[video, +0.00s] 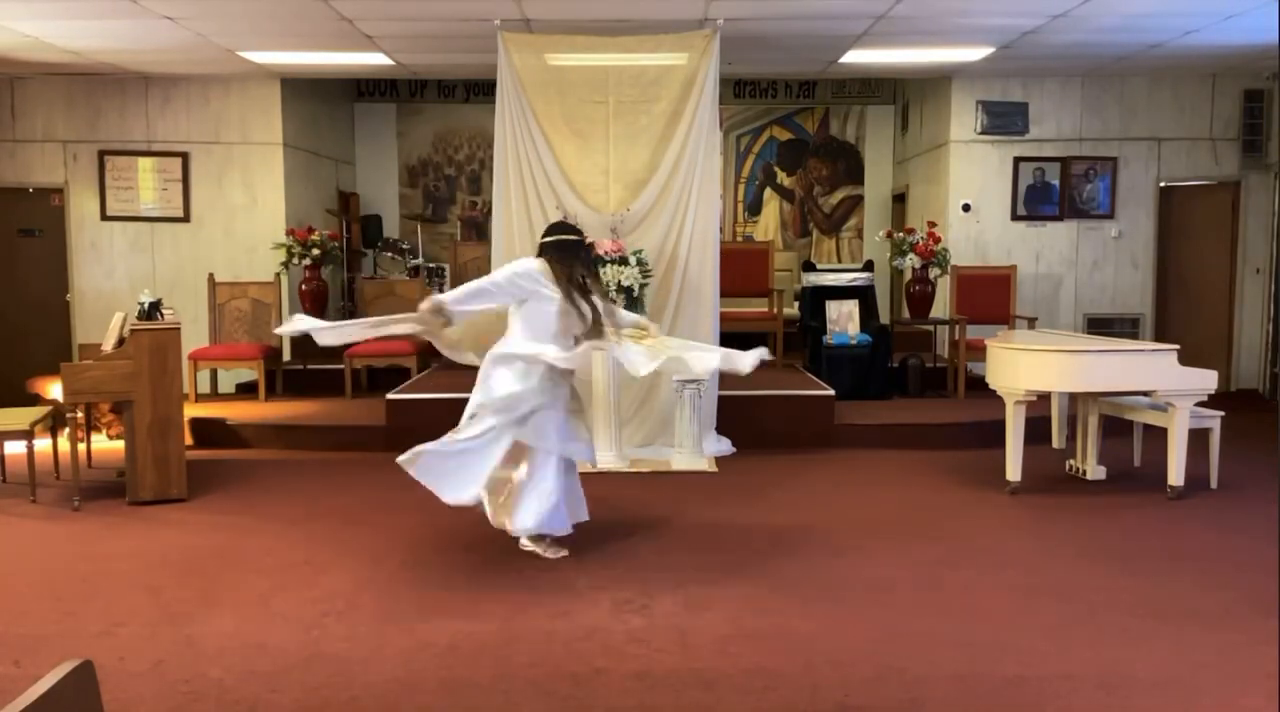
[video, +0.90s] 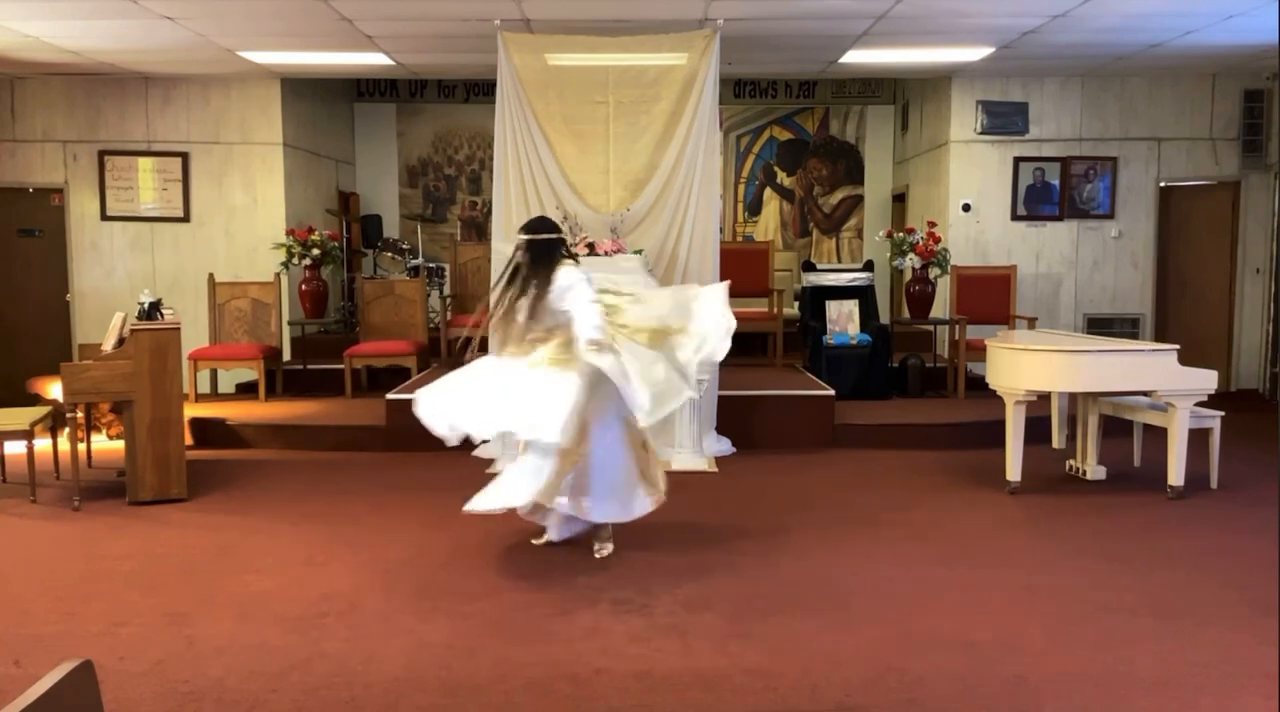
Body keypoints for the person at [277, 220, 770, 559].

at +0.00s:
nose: (586, 263)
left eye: (585, 255)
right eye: (579, 255)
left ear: (564, 256)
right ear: (562, 254)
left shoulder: (580, 294)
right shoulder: (532, 272)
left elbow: (615, 321)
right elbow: (486, 290)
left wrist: (641, 331)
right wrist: (442, 303)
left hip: (553, 378)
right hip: (517, 369)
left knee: (550, 449)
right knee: (511, 437)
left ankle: (532, 527)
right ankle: (495, 488)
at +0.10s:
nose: (586, 250)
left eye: (583, 245)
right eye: (580, 243)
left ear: (557, 248)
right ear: (564, 245)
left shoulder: (571, 285)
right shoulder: (542, 272)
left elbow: (577, 333)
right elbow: (503, 299)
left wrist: (598, 338)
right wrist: (480, 312)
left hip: (551, 376)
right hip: (521, 371)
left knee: (548, 448)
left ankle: (528, 521)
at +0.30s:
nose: (568, 249)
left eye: (562, 243)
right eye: (565, 243)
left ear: (526, 245)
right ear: (557, 244)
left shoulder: (507, 280)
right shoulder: (558, 270)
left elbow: (496, 325)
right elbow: (605, 304)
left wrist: (510, 345)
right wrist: (614, 318)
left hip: (514, 374)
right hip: (556, 376)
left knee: (525, 443)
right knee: (563, 449)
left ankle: (527, 522)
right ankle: (552, 526)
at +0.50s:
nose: (539, 251)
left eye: (524, 249)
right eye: (544, 245)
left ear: (512, 249)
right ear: (547, 246)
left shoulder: (501, 283)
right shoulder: (568, 274)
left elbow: (457, 314)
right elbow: (614, 290)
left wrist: (426, 335)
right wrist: (663, 299)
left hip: (516, 377)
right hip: (562, 375)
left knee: (515, 445)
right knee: (561, 442)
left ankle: (521, 527)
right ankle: (549, 517)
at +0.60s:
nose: (526, 254)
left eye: (515, 249)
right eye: (537, 245)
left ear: (507, 251)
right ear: (547, 246)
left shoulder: (508, 284)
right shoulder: (572, 273)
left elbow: (466, 318)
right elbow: (628, 286)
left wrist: (427, 345)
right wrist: (659, 288)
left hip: (532, 378)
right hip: (577, 377)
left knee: (528, 442)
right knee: (567, 443)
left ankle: (531, 523)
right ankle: (552, 517)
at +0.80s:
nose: (510, 253)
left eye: (513, 245)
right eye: (515, 245)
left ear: (521, 246)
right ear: (546, 241)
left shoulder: (548, 276)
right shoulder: (542, 275)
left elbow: (535, 334)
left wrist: (503, 337)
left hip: (573, 376)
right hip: (562, 373)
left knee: (572, 447)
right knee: (555, 445)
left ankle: (581, 525)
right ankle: (557, 518)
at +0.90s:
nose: (523, 252)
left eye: (527, 246)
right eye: (525, 246)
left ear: (536, 248)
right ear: (556, 244)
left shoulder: (571, 283)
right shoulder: (531, 283)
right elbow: (516, 340)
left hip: (585, 379)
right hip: (553, 378)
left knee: (594, 451)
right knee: (555, 446)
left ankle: (603, 527)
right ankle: (559, 524)